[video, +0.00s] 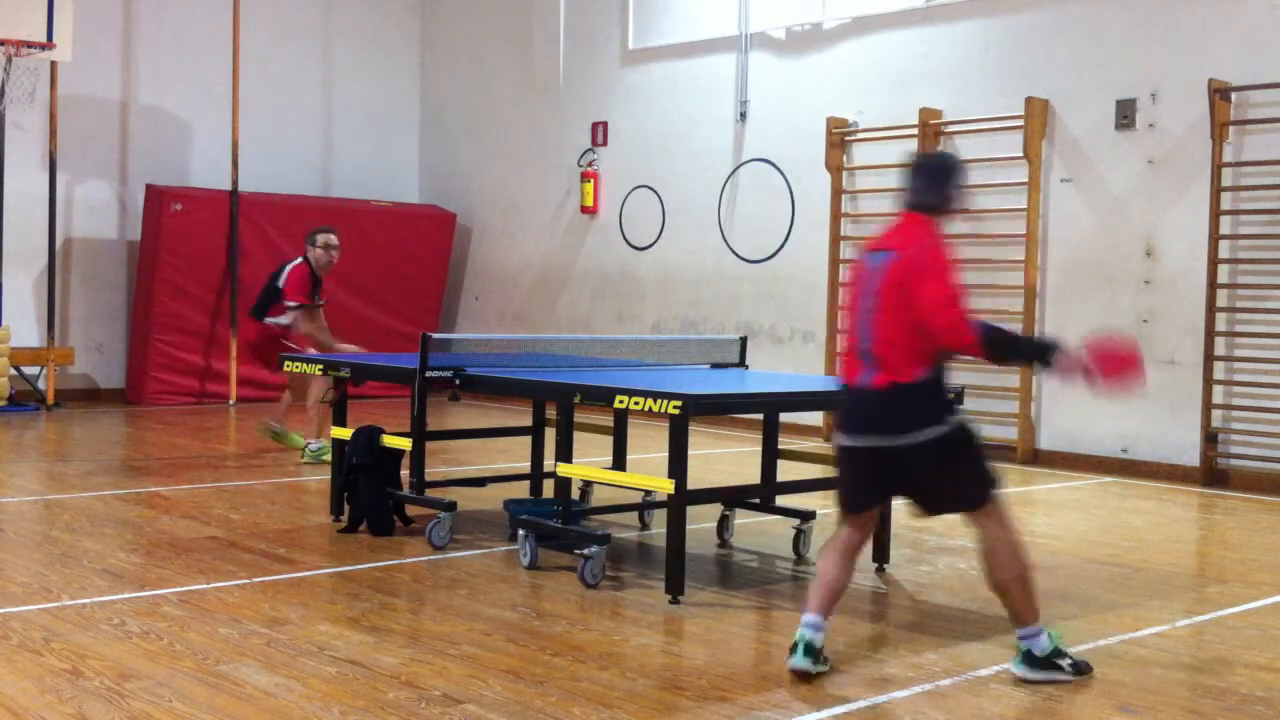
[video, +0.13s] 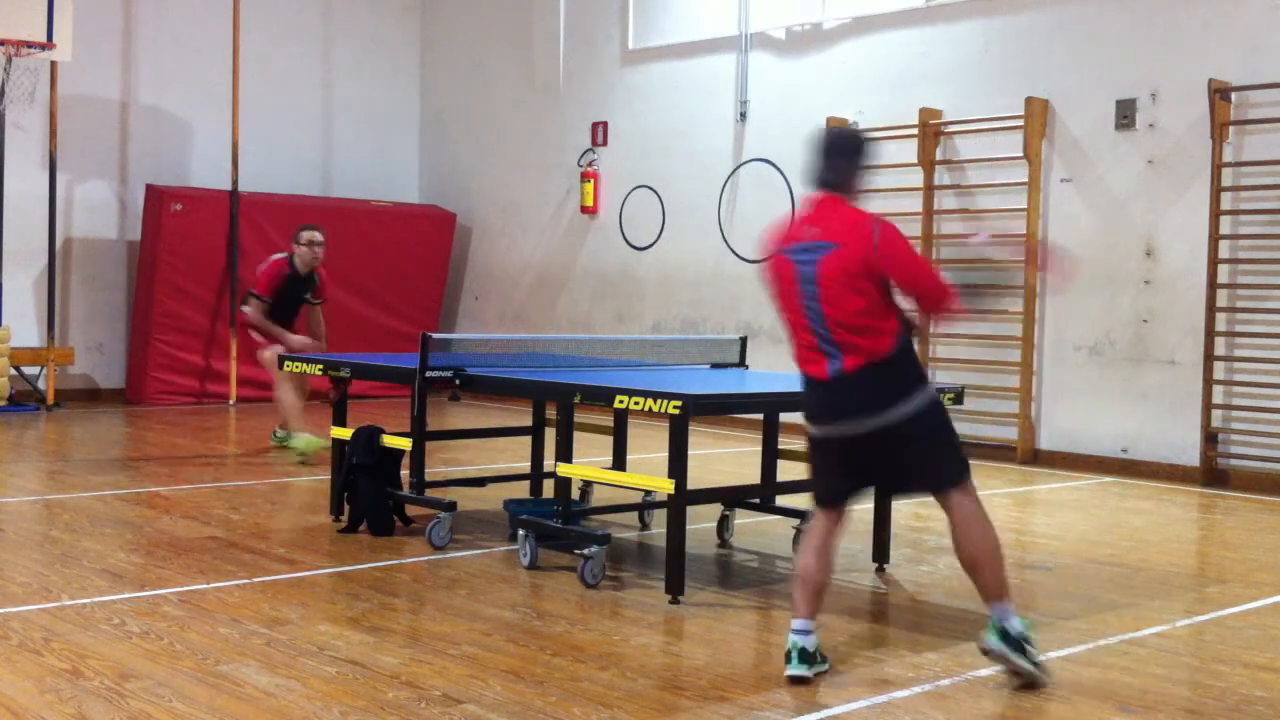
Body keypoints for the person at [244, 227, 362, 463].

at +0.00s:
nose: (334, 255)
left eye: (337, 250)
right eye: (328, 248)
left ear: (338, 253)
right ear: (310, 250)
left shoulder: (315, 275)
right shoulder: (300, 272)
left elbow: (318, 321)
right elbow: (302, 324)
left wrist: (333, 348)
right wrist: (337, 347)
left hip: (279, 336)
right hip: (264, 336)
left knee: (306, 375)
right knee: (323, 372)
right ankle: (315, 444)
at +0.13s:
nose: (317, 251)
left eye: (320, 246)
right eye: (310, 245)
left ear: (324, 250)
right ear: (295, 248)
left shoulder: (316, 276)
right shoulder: (275, 270)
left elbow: (315, 318)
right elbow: (253, 314)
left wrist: (323, 355)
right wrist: (289, 338)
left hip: (286, 332)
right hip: (258, 328)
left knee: (302, 382)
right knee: (282, 369)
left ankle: (282, 430)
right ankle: (298, 434)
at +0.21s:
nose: (304, 247)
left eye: (308, 242)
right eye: (298, 242)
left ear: (311, 246)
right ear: (283, 245)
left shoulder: (306, 274)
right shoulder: (263, 264)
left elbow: (309, 315)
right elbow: (236, 306)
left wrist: (315, 353)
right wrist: (265, 334)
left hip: (279, 327)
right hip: (251, 325)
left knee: (299, 375)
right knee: (262, 361)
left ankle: (283, 430)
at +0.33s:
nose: (284, 244)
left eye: (289, 239)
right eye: (278, 238)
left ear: (293, 243)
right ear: (265, 241)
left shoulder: (291, 269)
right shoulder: (247, 261)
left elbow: (294, 305)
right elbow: (217, 302)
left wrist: (297, 340)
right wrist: (241, 332)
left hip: (265, 325)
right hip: (232, 323)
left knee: (293, 374)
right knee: (220, 372)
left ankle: (284, 431)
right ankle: (175, 426)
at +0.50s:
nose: (259, 247)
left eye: (264, 243)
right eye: (253, 242)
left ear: (269, 246)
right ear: (242, 244)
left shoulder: (271, 273)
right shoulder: (223, 265)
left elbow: (286, 312)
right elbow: (191, 298)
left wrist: (270, 331)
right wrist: (201, 319)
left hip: (248, 330)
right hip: (216, 327)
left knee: (281, 378)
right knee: (192, 377)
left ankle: (286, 432)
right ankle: (154, 432)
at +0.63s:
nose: (253, 241)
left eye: (258, 236)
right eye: (248, 235)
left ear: (266, 239)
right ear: (239, 235)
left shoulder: (270, 266)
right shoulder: (224, 254)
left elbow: (291, 308)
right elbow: (191, 268)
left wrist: (262, 311)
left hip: (252, 329)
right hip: (216, 325)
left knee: (283, 376)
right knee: (190, 373)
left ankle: (286, 431)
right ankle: (155, 430)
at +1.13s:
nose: (223, 227)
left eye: (228, 222)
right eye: (217, 221)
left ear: (233, 227)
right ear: (207, 225)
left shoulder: (239, 255)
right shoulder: (194, 250)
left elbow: (261, 287)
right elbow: (169, 274)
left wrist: (261, 306)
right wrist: (158, 306)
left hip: (231, 318)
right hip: (196, 317)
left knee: (256, 359)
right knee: (187, 371)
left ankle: (275, 422)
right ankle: (190, 422)